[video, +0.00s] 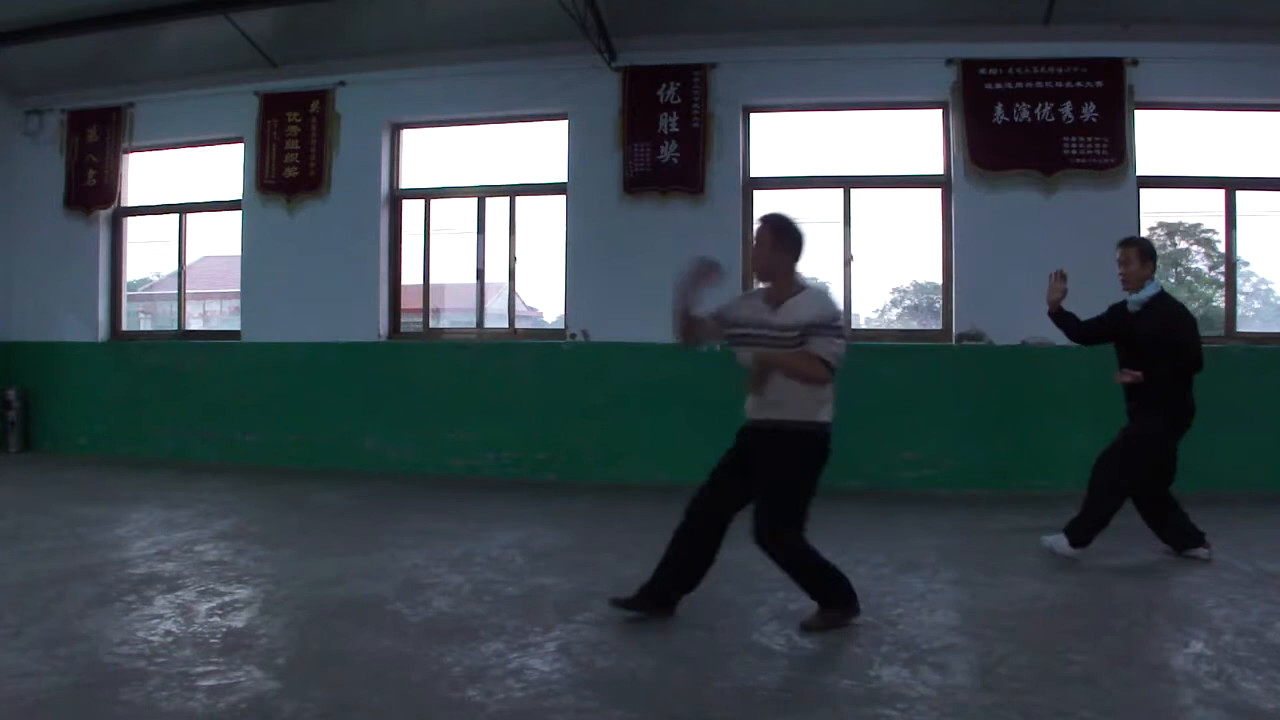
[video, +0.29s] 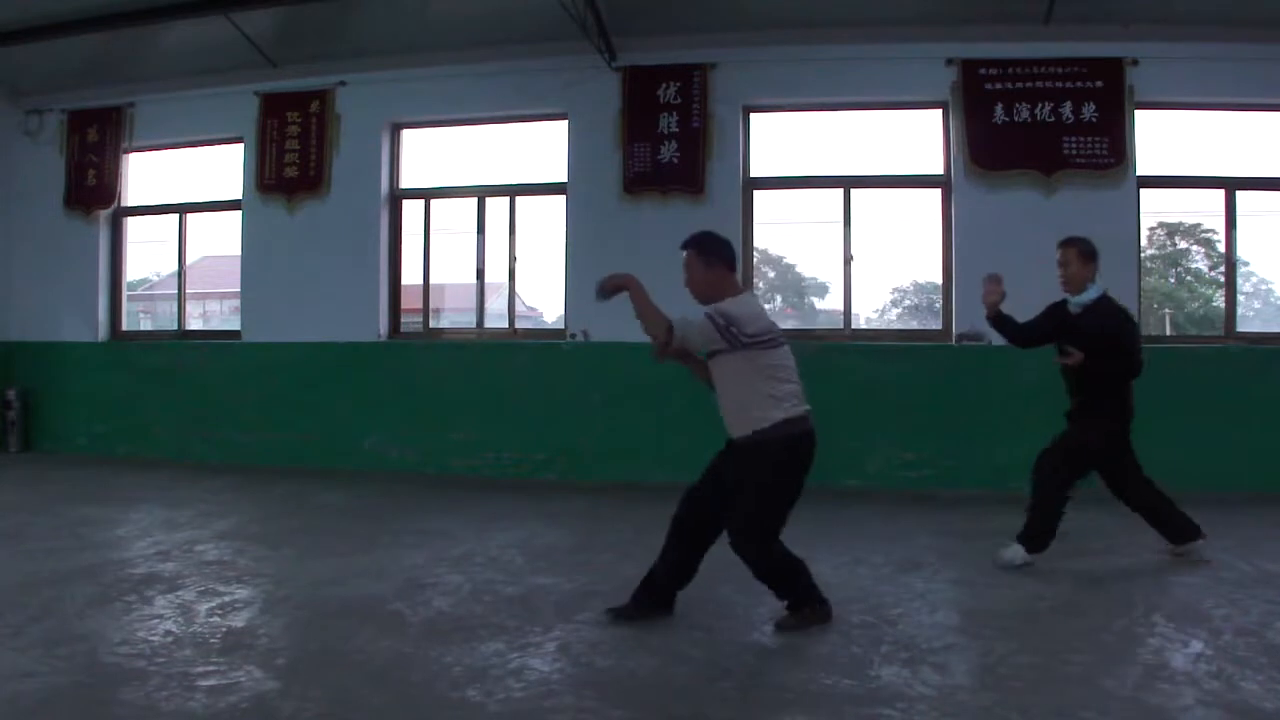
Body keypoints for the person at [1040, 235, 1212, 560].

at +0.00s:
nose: (1121, 271)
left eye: (1128, 264)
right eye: (1119, 264)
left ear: (1149, 268)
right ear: (1120, 268)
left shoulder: (1174, 313)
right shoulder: (1122, 313)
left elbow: (1192, 363)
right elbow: (1084, 334)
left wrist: (1145, 375)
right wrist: (1055, 309)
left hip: (1169, 414)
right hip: (1141, 413)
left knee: (1114, 467)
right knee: (1146, 484)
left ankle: (1075, 539)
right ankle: (1191, 544)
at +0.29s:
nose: (1061, 273)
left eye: (1068, 266)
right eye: (1059, 266)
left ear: (1090, 269)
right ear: (1062, 269)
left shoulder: (1115, 317)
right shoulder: (1061, 313)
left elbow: (1131, 367)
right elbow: (1024, 336)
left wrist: (1087, 363)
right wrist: (994, 312)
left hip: (1109, 420)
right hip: (1084, 418)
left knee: (1053, 468)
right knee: (1128, 484)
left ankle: (1030, 545)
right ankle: (1187, 535)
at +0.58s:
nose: (976, 241)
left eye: (981, 233)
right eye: (976, 234)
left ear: (1000, 234)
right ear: (1001, 234)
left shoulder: (1017, 276)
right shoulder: (1014, 272)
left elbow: (980, 306)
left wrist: (922, 283)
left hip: (1030, 381)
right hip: (1015, 373)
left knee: (1013, 458)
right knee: (952, 389)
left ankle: (1019, 543)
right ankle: (974, 450)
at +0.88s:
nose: (927, 241)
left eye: (932, 234)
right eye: (927, 234)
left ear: (951, 237)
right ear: (951, 237)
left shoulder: (957, 282)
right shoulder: (955, 276)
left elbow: (901, 292)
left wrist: (849, 272)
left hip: (964, 385)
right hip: (948, 374)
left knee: (937, 460)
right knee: (883, 373)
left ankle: (925, 543)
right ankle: (905, 441)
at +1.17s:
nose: (893, 261)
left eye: (898, 253)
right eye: (893, 254)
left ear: (919, 254)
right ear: (906, 255)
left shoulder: (945, 305)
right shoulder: (894, 302)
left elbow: (930, 350)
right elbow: (857, 330)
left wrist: (887, 344)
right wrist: (846, 308)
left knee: (895, 488)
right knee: (837, 469)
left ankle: (918, 552)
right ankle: (790, 530)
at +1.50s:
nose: (819, 283)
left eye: (822, 276)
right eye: (819, 276)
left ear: (838, 276)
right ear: (851, 277)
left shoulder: (849, 320)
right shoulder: (848, 315)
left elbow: (796, 326)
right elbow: (839, 367)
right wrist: (812, 353)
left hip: (874, 432)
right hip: (847, 427)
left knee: (855, 518)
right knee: (788, 484)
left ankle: (905, 547)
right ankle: (759, 546)